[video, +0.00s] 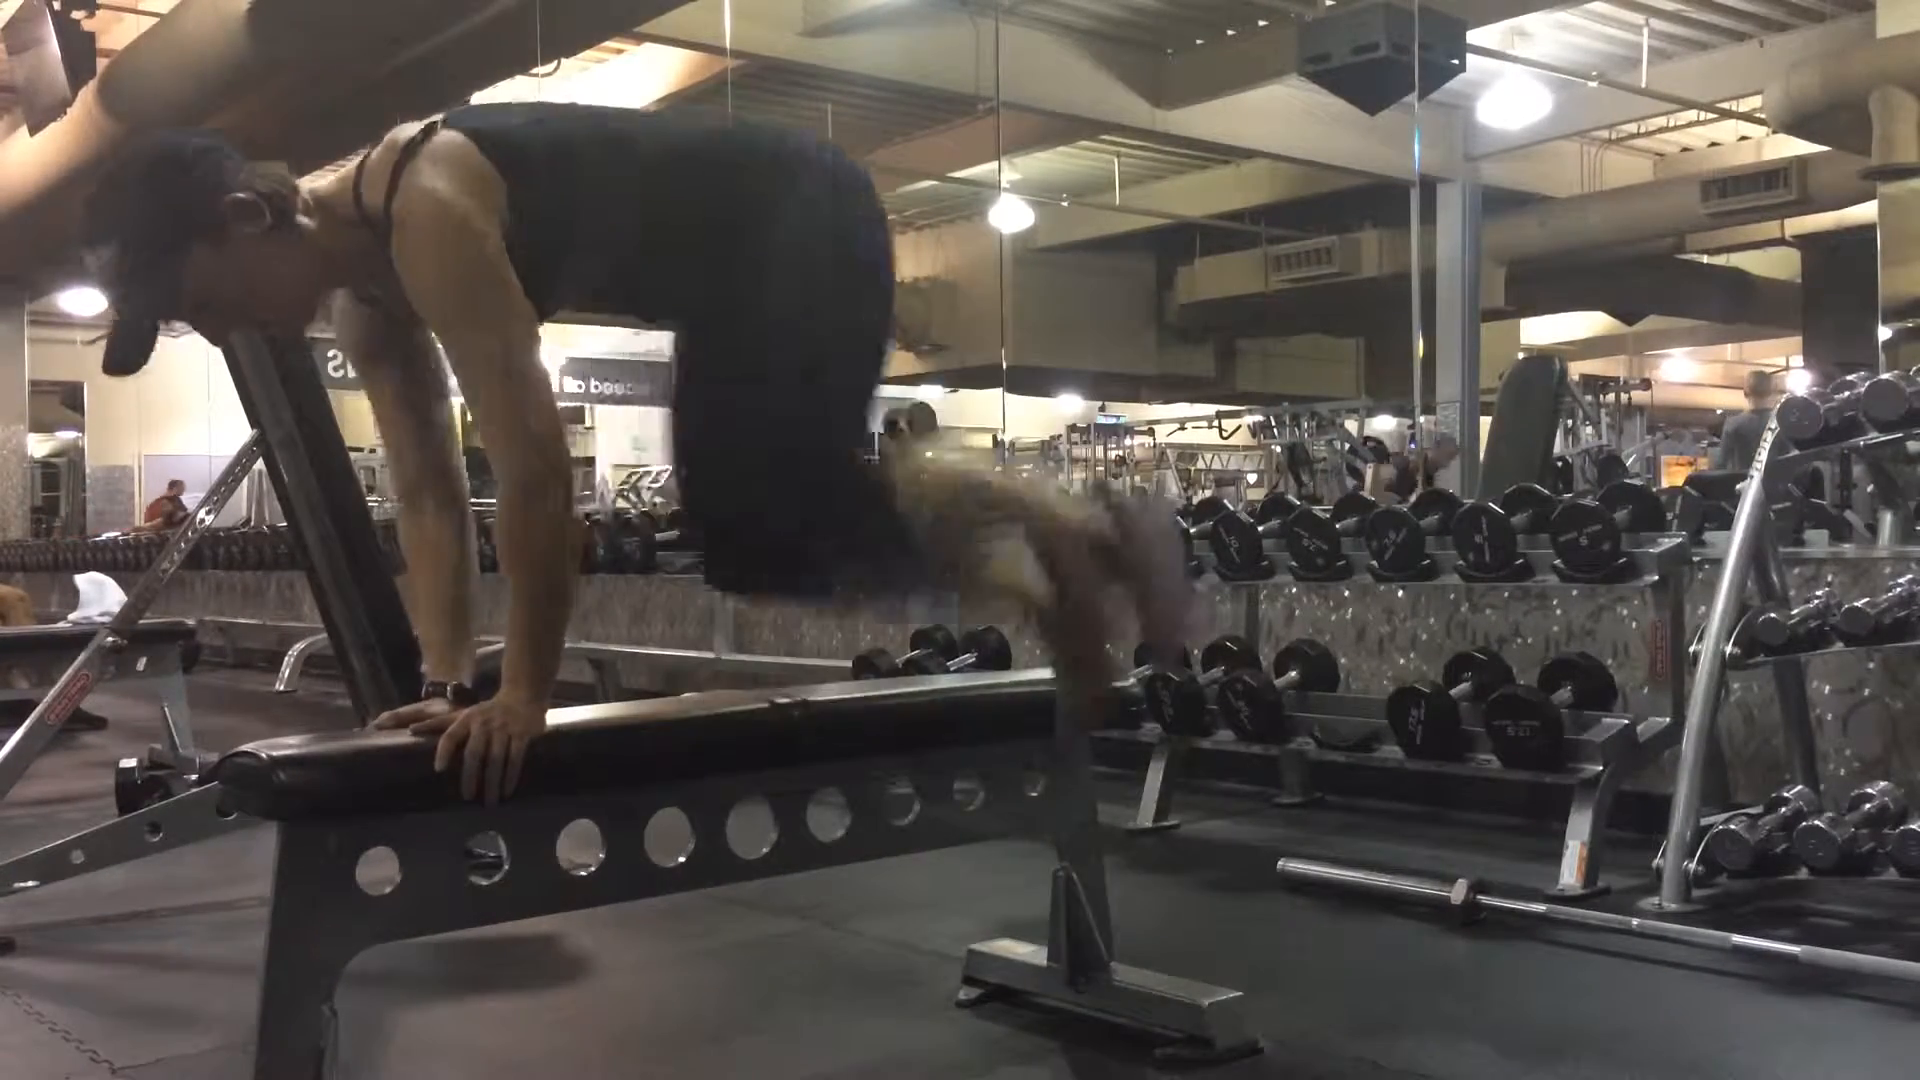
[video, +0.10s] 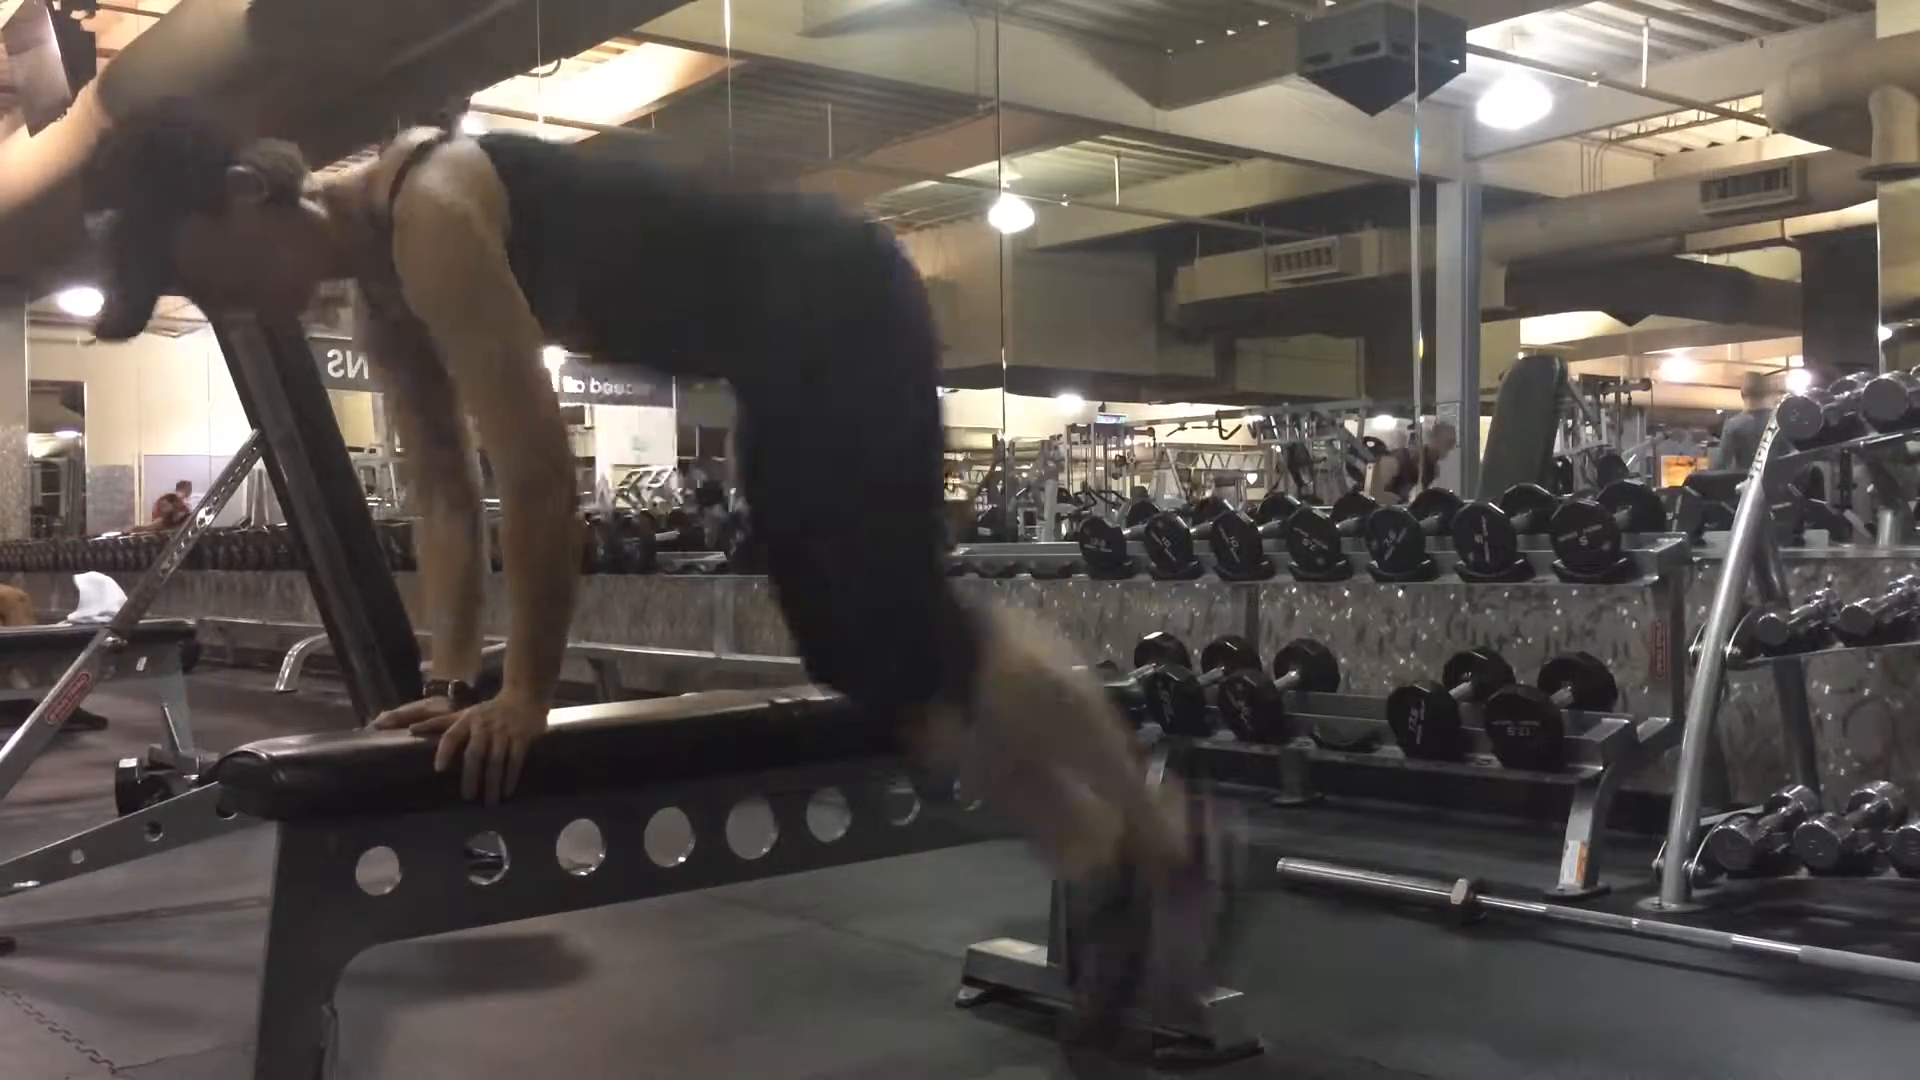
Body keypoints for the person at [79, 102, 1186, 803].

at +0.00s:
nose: (229, 331)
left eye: (208, 304)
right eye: (203, 323)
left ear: (243, 215)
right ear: (242, 221)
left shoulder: (428, 204)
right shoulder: (360, 276)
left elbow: (535, 451)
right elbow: (423, 486)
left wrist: (523, 691)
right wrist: (446, 684)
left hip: (801, 215)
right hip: (730, 270)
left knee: (784, 522)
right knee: (740, 542)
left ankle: (1076, 525)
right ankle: (1027, 561)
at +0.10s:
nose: (227, 309)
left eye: (206, 280)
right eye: (201, 299)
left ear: (246, 195)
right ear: (247, 200)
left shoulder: (433, 215)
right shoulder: (375, 258)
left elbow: (535, 464)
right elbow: (438, 476)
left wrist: (525, 691)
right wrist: (443, 675)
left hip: (831, 290)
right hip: (773, 333)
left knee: (901, 617)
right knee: (855, 643)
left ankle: (1146, 813)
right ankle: (1090, 844)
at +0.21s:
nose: (281, 314)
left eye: (268, 282)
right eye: (261, 298)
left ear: (320, 212)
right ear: (307, 231)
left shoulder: (490, 241)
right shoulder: (434, 292)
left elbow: (576, 501)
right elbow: (491, 501)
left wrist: (528, 703)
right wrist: (460, 676)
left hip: (867, 456)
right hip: (823, 482)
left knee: (923, 819)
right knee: (902, 810)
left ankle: (1208, 1048)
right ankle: (1136, 988)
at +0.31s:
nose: (278, 319)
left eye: (261, 290)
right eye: (256, 304)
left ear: (298, 221)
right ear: (291, 233)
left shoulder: (483, 244)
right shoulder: (427, 294)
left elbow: (577, 493)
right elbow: (493, 499)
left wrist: (529, 698)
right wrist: (459, 674)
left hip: (867, 423)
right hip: (816, 449)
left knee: (986, 738)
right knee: (939, 749)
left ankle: (1180, 1009)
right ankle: (1112, 982)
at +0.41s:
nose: (228, 317)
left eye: (208, 292)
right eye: (205, 309)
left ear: (247, 204)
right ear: (250, 209)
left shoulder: (433, 217)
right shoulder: (361, 270)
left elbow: (532, 465)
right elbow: (420, 482)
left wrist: (525, 688)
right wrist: (446, 673)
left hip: (830, 260)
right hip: (785, 297)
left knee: (933, 573)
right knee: (909, 585)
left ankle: (1136, 832)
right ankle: (1093, 845)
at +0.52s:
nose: (231, 331)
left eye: (211, 306)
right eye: (208, 322)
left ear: (256, 222)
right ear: (257, 221)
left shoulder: (445, 206)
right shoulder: (367, 276)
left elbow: (528, 454)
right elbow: (426, 481)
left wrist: (524, 690)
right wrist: (444, 677)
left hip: (806, 197)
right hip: (743, 243)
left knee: (786, 517)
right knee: (764, 522)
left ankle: (1081, 552)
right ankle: (1063, 550)